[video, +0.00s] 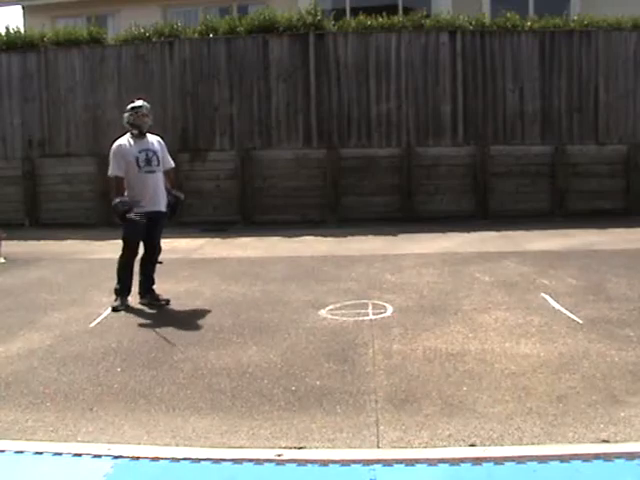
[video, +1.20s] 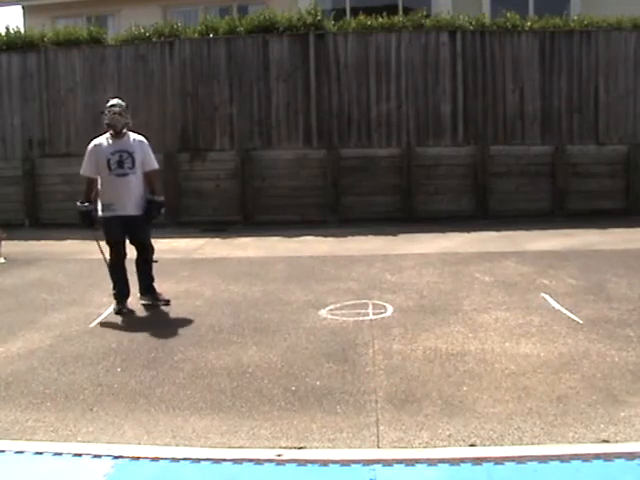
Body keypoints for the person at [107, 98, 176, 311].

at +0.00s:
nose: (142, 119)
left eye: (145, 115)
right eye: (136, 115)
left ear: (150, 118)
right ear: (128, 119)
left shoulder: (157, 142)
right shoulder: (120, 146)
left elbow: (168, 169)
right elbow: (118, 178)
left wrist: (173, 191)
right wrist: (118, 202)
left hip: (157, 207)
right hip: (134, 208)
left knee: (152, 252)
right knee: (129, 252)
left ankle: (147, 291)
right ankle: (122, 294)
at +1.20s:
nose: (115, 119)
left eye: (119, 114)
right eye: (111, 114)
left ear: (127, 117)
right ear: (105, 118)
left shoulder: (139, 142)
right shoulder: (96, 147)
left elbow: (151, 173)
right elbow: (91, 180)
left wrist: (157, 198)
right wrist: (87, 207)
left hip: (137, 209)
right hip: (111, 211)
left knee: (145, 250)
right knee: (117, 256)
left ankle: (148, 291)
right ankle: (120, 298)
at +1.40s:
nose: (110, 119)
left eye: (114, 114)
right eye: (106, 115)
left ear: (122, 118)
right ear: (100, 118)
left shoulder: (135, 142)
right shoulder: (91, 147)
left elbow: (147, 172)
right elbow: (86, 180)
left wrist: (152, 195)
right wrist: (82, 206)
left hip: (134, 209)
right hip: (108, 212)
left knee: (143, 251)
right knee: (115, 257)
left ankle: (147, 292)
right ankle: (120, 298)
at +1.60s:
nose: (111, 120)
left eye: (114, 115)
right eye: (106, 116)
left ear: (121, 117)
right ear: (99, 119)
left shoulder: (133, 141)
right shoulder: (90, 148)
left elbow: (146, 170)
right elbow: (85, 180)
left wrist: (150, 194)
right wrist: (83, 206)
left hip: (132, 210)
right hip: (107, 212)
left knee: (142, 251)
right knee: (115, 257)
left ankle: (145, 293)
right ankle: (120, 298)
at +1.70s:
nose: (110, 120)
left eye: (114, 115)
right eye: (105, 116)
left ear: (121, 118)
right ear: (98, 119)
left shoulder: (133, 141)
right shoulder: (89, 148)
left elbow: (146, 170)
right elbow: (85, 180)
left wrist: (151, 193)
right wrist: (84, 206)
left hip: (133, 210)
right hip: (107, 212)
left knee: (143, 251)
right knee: (115, 257)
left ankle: (146, 293)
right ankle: (120, 298)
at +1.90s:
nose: (111, 120)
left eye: (114, 116)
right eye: (106, 116)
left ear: (121, 118)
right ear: (97, 119)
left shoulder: (131, 142)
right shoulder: (89, 148)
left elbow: (144, 171)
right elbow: (85, 181)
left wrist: (152, 195)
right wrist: (86, 206)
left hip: (133, 209)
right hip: (107, 212)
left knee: (143, 251)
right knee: (114, 257)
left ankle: (147, 291)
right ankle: (120, 298)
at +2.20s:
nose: (111, 121)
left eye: (114, 116)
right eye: (106, 116)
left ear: (120, 118)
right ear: (97, 119)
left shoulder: (130, 143)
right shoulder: (88, 148)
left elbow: (141, 173)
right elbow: (83, 180)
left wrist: (149, 197)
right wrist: (84, 203)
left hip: (131, 209)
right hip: (105, 212)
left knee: (141, 252)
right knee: (114, 258)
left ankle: (147, 292)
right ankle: (120, 298)